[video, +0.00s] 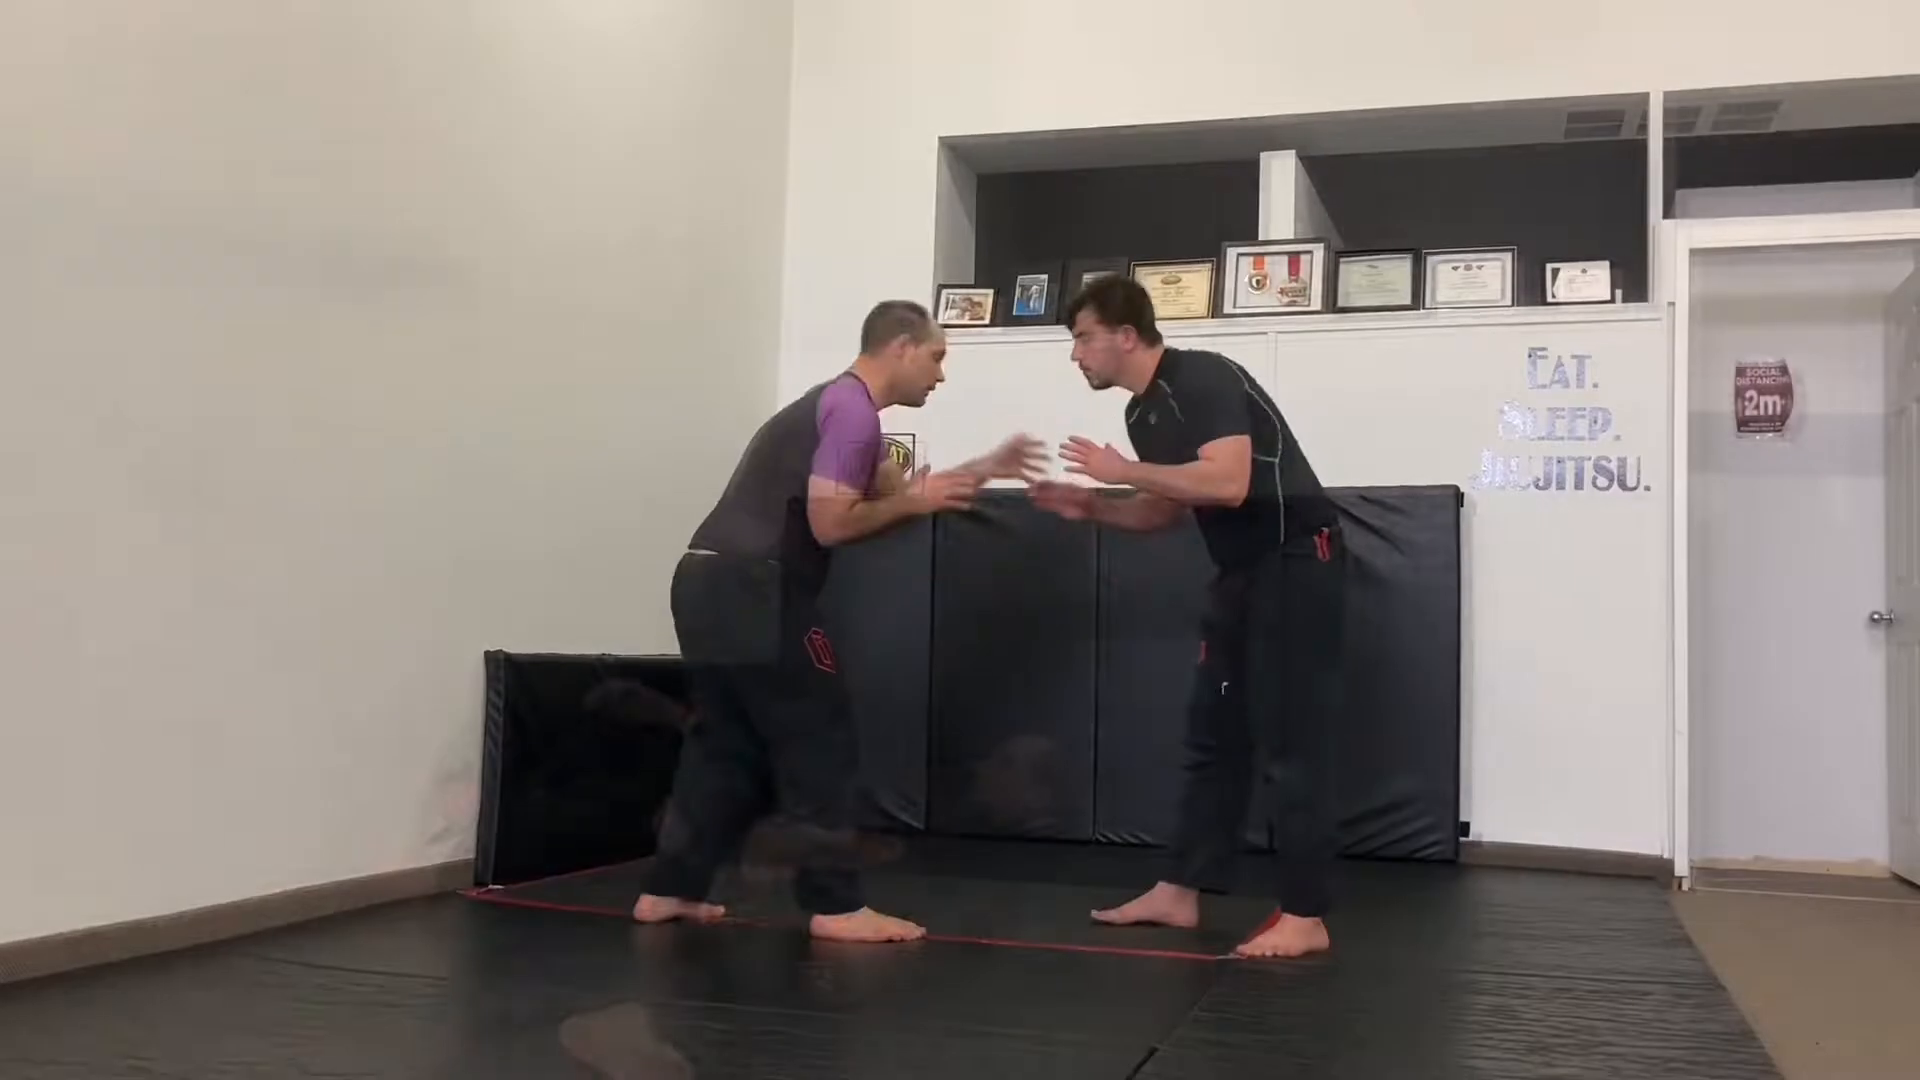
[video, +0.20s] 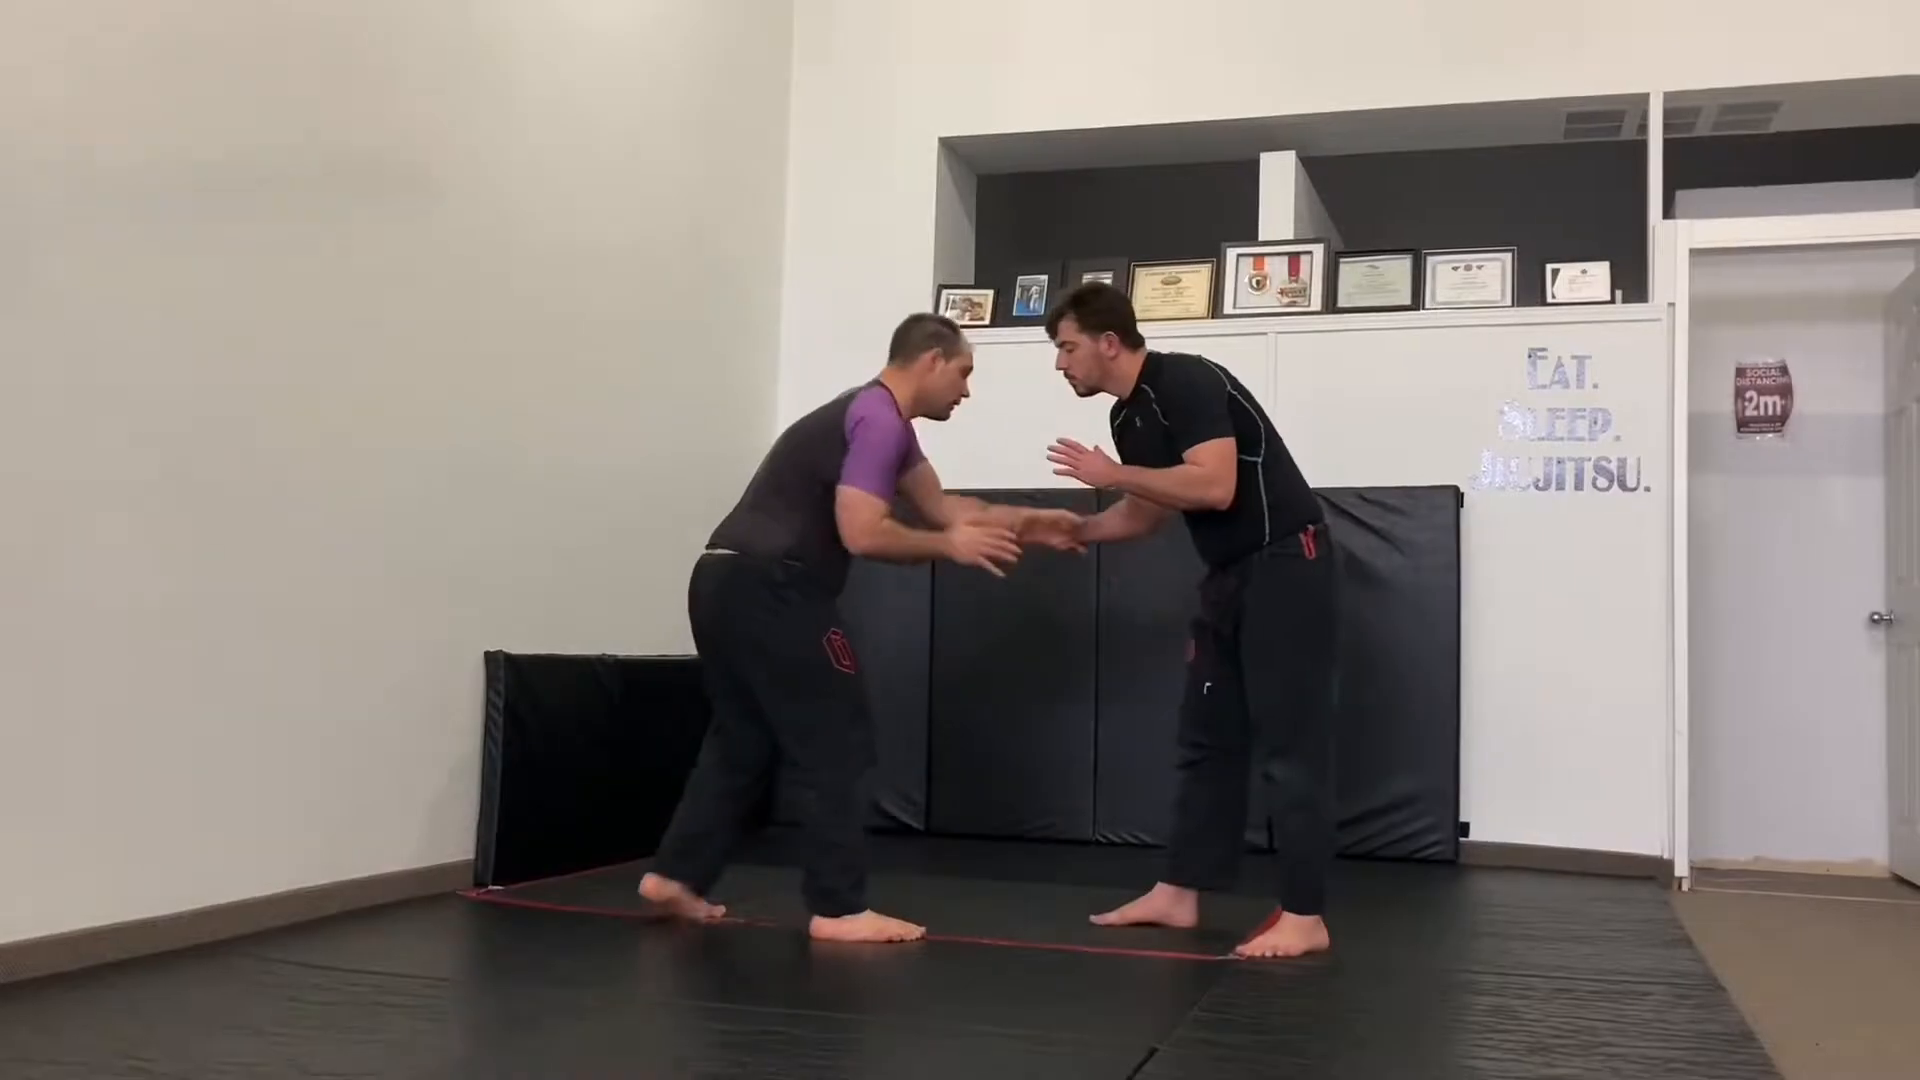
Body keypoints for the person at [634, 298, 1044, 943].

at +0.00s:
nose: (940, 375)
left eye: (942, 361)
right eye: (936, 359)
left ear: (887, 351)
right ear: (898, 350)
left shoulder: (837, 402)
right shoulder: (854, 413)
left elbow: (889, 493)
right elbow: (831, 523)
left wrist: (988, 468)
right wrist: (918, 501)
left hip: (711, 581)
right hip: (752, 589)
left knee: (731, 740)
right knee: (820, 734)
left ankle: (671, 888)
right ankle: (835, 904)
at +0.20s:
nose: (965, 391)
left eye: (968, 377)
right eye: (964, 375)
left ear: (919, 362)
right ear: (932, 363)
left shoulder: (879, 414)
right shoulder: (881, 419)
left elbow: (941, 508)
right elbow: (861, 531)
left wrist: (1029, 523)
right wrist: (948, 543)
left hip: (727, 581)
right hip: (771, 589)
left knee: (745, 736)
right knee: (839, 738)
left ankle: (675, 876)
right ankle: (837, 906)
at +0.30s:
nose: (973, 403)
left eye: (976, 388)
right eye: (972, 386)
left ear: (925, 371)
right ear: (941, 372)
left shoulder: (870, 418)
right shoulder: (897, 426)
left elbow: (925, 528)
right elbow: (920, 541)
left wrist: (1010, 542)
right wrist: (1009, 552)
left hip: (731, 579)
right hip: (779, 586)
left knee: (771, 729)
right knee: (850, 731)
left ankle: (692, 853)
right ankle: (841, 909)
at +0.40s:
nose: (978, 411)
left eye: (980, 397)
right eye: (976, 395)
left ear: (928, 382)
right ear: (946, 383)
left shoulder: (868, 430)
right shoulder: (912, 435)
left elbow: (913, 549)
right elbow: (978, 535)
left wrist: (1006, 558)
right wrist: (1067, 548)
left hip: (735, 584)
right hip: (784, 592)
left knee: (779, 727)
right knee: (855, 731)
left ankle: (738, 864)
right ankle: (845, 909)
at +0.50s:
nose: (979, 423)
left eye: (982, 409)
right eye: (978, 407)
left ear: (923, 394)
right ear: (947, 393)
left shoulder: (867, 441)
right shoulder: (919, 442)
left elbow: (891, 559)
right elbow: (1014, 528)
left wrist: (976, 570)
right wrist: (1105, 537)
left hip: (736, 588)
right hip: (787, 596)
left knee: (785, 724)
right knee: (860, 732)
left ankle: (772, 851)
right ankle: (846, 908)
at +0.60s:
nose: (981, 432)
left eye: (982, 418)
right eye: (978, 416)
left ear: (929, 405)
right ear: (944, 404)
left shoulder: (869, 451)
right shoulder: (917, 449)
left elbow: (880, 570)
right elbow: (1015, 524)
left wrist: (961, 581)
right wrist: (1106, 525)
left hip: (744, 596)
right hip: (785, 603)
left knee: (798, 729)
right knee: (861, 735)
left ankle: (772, 850)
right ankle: (848, 907)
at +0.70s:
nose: (977, 438)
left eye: (978, 425)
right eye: (972, 423)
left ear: (929, 414)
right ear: (937, 413)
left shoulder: (865, 458)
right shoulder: (904, 456)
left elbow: (882, 575)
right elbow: (998, 536)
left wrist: (958, 584)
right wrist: (1078, 520)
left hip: (749, 602)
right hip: (783, 608)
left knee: (809, 735)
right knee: (857, 738)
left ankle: (768, 860)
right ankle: (845, 903)